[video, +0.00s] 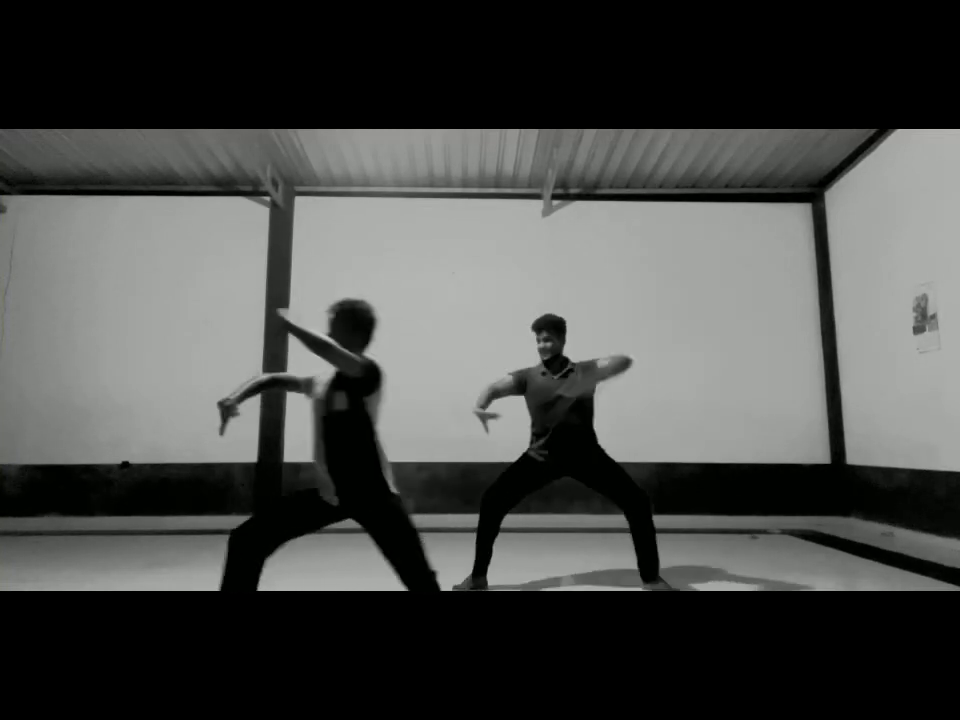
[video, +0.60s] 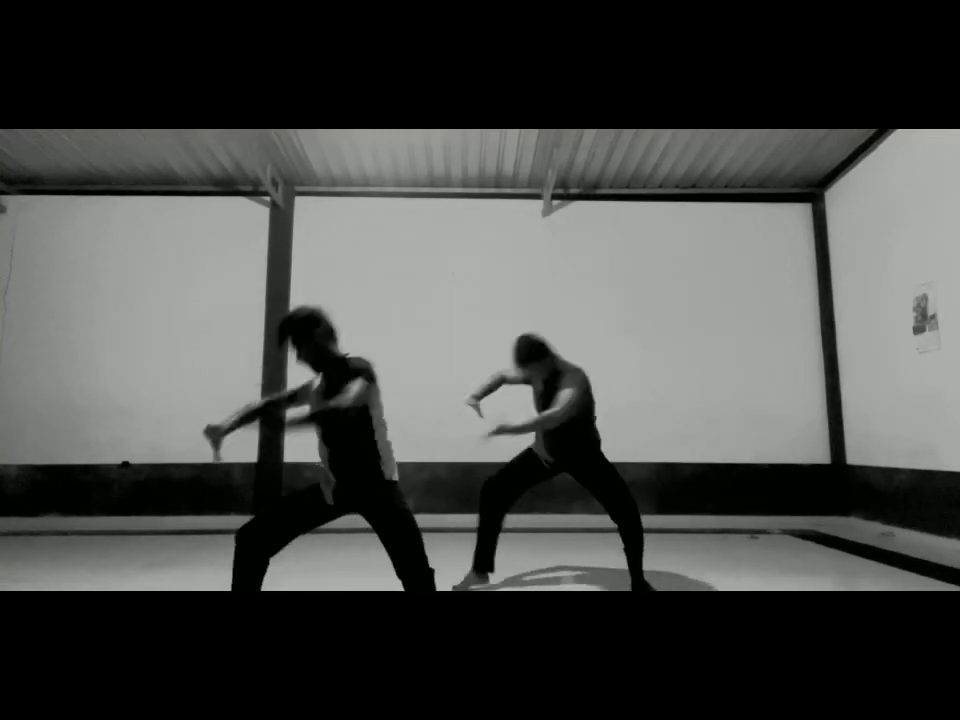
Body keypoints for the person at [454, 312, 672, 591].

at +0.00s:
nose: (543, 345)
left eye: (548, 339)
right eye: (539, 340)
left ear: (562, 341)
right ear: (536, 343)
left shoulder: (584, 371)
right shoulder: (527, 378)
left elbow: (625, 361)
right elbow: (493, 388)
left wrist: (594, 376)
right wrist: (479, 406)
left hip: (584, 456)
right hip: (540, 459)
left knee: (637, 501)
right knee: (492, 502)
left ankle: (651, 579)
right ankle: (478, 577)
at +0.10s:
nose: (538, 344)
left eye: (545, 339)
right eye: (535, 338)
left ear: (559, 343)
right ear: (531, 341)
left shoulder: (574, 371)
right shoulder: (521, 375)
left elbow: (591, 360)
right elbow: (479, 380)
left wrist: (558, 355)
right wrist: (489, 403)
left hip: (582, 457)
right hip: (539, 459)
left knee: (634, 512)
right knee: (490, 503)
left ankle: (654, 582)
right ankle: (478, 577)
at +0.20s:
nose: (524, 340)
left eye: (530, 335)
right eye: (522, 335)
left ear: (543, 341)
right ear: (518, 339)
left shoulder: (558, 366)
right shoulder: (512, 373)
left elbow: (533, 374)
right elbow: (471, 372)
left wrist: (505, 354)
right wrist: (482, 389)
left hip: (577, 451)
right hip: (538, 454)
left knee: (628, 506)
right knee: (490, 500)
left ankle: (651, 572)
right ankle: (478, 576)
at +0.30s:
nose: (505, 346)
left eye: (510, 339)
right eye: (503, 340)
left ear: (525, 343)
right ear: (503, 346)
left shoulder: (538, 366)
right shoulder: (508, 375)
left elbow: (506, 378)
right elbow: (493, 384)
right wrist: (480, 388)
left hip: (577, 450)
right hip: (539, 453)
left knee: (627, 501)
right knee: (494, 496)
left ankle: (644, 571)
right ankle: (478, 575)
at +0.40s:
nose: (496, 374)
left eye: (496, 368)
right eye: (493, 370)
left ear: (508, 360)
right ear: (504, 364)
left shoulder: (537, 373)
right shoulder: (515, 378)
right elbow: (486, 385)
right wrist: (475, 387)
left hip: (579, 451)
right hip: (544, 452)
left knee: (623, 511)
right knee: (499, 498)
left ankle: (635, 581)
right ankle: (477, 578)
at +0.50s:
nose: (512, 385)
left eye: (513, 378)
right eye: (508, 381)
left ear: (523, 367)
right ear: (507, 377)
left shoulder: (549, 377)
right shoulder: (526, 375)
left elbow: (524, 415)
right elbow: (496, 384)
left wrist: (473, 429)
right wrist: (471, 395)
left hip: (583, 453)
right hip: (548, 451)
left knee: (622, 512)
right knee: (502, 497)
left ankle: (635, 578)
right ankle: (479, 577)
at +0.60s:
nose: (530, 376)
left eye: (532, 371)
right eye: (527, 372)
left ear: (543, 361)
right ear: (528, 366)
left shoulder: (573, 379)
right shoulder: (536, 372)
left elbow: (557, 416)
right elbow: (502, 377)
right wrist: (477, 395)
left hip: (583, 458)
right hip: (544, 455)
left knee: (626, 510)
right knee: (494, 492)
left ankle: (638, 581)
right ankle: (480, 572)